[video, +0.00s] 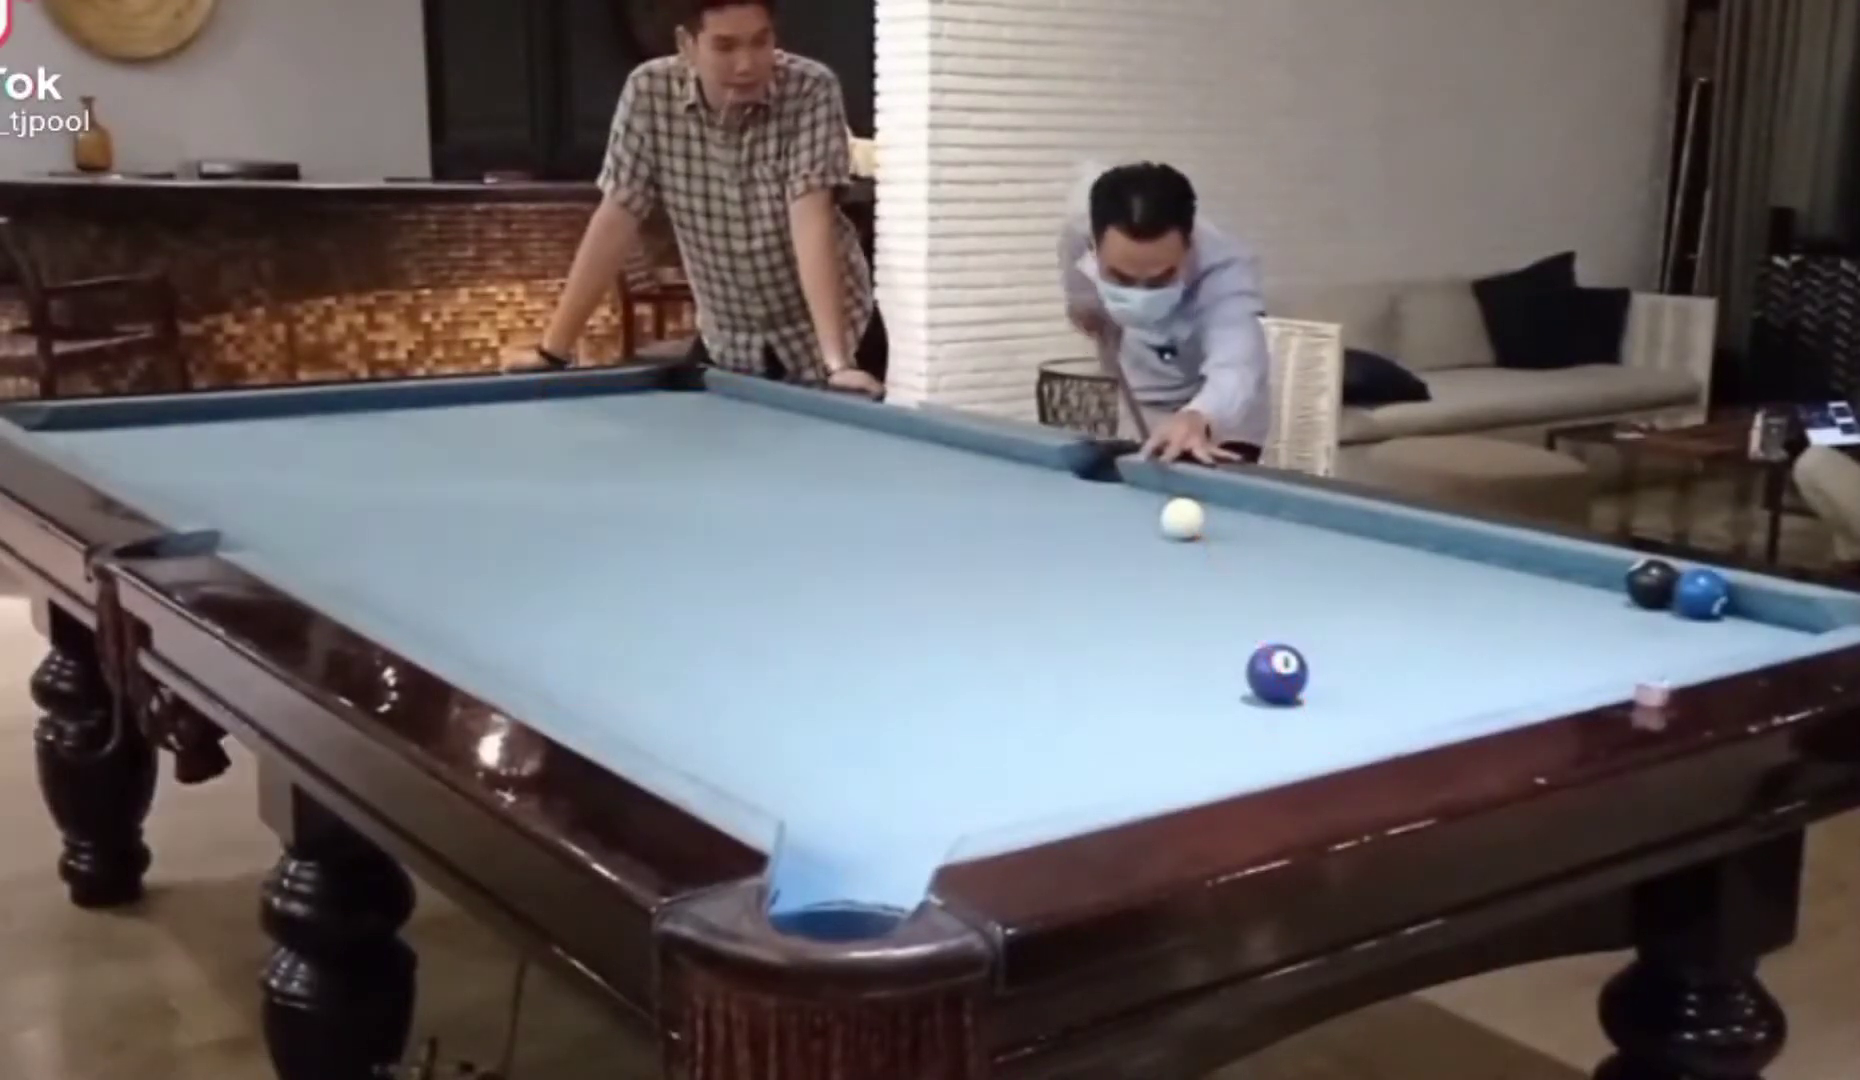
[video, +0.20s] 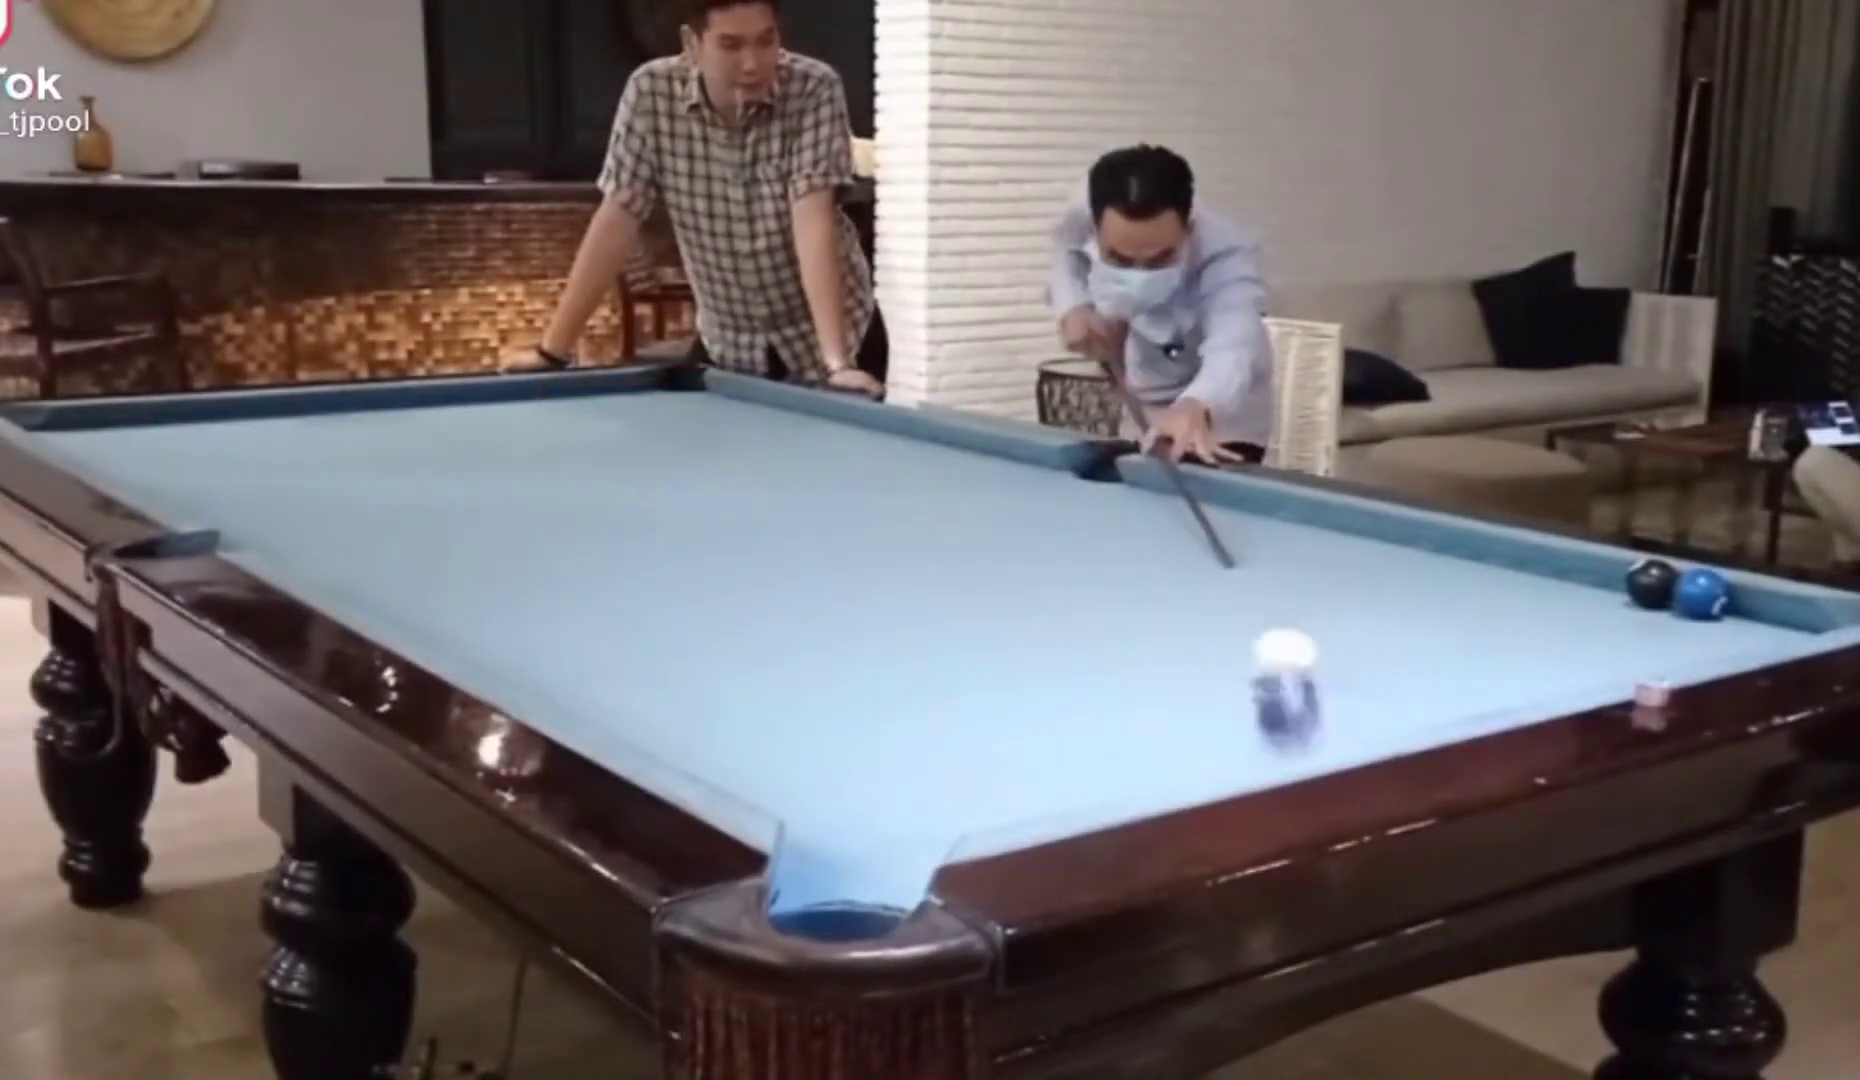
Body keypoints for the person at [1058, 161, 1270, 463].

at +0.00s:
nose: (1140, 298)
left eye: (1160, 281)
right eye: (1121, 280)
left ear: (1188, 249)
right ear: (1094, 249)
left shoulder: (1224, 270)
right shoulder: (1083, 235)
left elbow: (1238, 364)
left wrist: (1198, 416)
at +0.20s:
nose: (1139, 277)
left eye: (1159, 261)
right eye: (1120, 260)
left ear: (1188, 229)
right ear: (1095, 231)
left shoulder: (1226, 255)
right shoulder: (1088, 221)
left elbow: (1235, 344)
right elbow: (1065, 248)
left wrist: (1195, 405)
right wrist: (1073, 311)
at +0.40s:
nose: (1142, 235)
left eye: (1162, 217)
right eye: (1121, 219)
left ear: (1189, 193)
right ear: (1099, 195)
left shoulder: (1226, 238)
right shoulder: (1095, 200)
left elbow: (1222, 329)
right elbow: (1075, 251)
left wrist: (1192, 406)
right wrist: (1082, 319)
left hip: (1230, 397)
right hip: (1145, 392)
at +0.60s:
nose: (1133, 155)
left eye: (1154, 136)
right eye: (1115, 136)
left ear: (1188, 128)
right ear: (1097, 128)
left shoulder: (1223, 206)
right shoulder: (1100, 174)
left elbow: (1229, 314)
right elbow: (1090, 251)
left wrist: (1202, 408)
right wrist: (1092, 326)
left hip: (1224, 392)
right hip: (1143, 386)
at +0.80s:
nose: (1123, 97)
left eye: (1143, 76)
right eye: (1108, 78)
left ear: (1182, 82)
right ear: (1095, 80)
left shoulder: (1229, 176)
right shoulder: (1103, 161)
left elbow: (1252, 324)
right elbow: (1091, 247)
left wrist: (1229, 456)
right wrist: (1090, 328)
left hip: (1210, 411)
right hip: (1128, 404)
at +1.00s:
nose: (1119, 76)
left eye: (1138, 55)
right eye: (1106, 60)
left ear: (1180, 57)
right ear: (1095, 63)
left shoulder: (1241, 168)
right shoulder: (1105, 154)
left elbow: (1265, 329)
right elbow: (1085, 251)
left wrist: (1303, 445)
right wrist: (1080, 332)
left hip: (1201, 425)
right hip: (1111, 414)